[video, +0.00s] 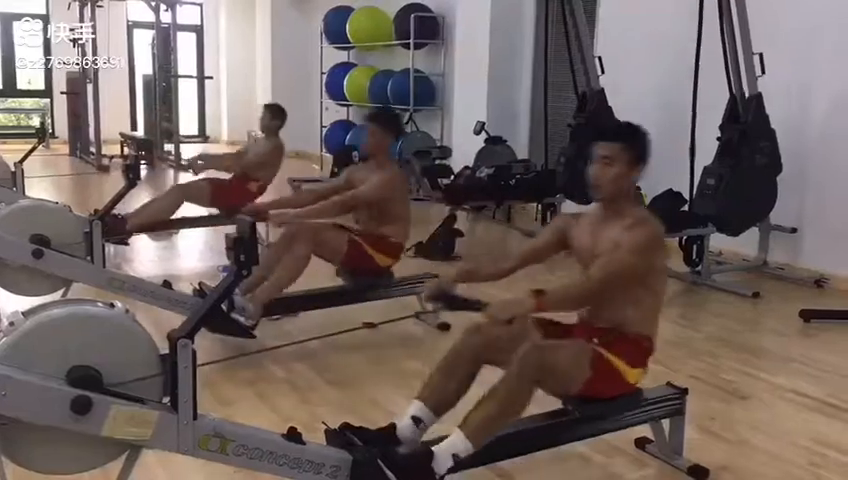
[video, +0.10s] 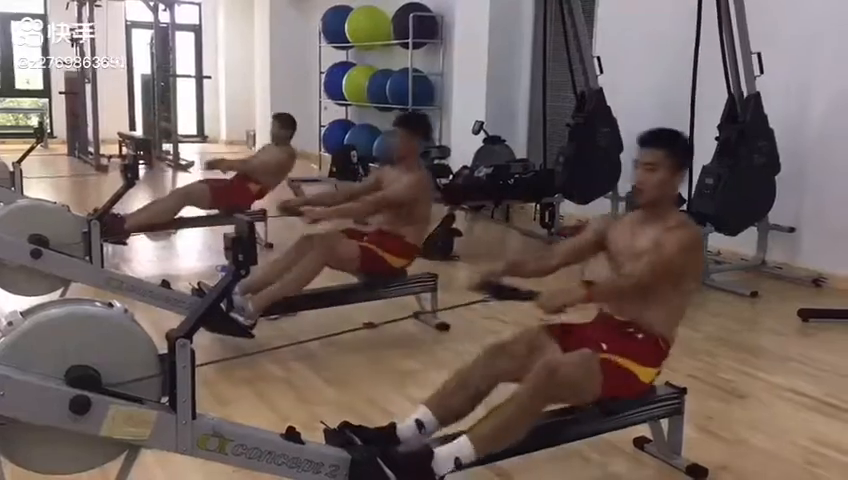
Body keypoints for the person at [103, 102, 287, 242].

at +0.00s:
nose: (261, 120)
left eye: (265, 117)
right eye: (263, 116)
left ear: (275, 123)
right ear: (270, 121)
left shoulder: (271, 146)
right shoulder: (261, 141)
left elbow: (237, 164)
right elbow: (233, 157)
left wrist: (204, 163)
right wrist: (205, 158)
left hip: (239, 195)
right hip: (234, 188)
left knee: (181, 190)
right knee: (179, 189)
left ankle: (127, 225)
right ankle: (127, 221)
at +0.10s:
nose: (272, 130)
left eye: (275, 128)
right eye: (273, 127)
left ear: (284, 131)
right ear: (284, 131)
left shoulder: (281, 155)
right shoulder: (272, 149)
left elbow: (250, 167)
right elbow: (249, 164)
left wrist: (221, 165)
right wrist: (222, 164)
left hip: (240, 194)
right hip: (236, 187)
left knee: (182, 195)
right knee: (180, 193)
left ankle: (126, 227)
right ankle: (127, 221)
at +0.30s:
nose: (274, 135)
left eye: (277, 131)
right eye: (275, 131)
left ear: (284, 135)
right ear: (287, 135)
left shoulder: (287, 161)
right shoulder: (281, 155)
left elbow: (295, 192)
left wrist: (267, 161)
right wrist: (254, 158)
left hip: (236, 192)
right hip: (231, 185)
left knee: (178, 192)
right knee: (177, 189)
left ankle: (122, 225)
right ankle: (122, 220)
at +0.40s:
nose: (269, 136)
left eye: (272, 132)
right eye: (270, 131)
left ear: (280, 135)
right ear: (283, 135)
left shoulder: (285, 160)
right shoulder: (279, 153)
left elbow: (291, 193)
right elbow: (266, 162)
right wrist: (255, 156)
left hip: (233, 192)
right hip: (229, 185)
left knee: (176, 191)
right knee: (176, 188)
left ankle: (120, 225)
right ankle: (119, 220)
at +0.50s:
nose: (265, 133)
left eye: (268, 129)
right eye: (265, 129)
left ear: (280, 132)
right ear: (271, 131)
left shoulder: (285, 158)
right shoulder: (269, 151)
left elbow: (285, 190)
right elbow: (257, 171)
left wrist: (259, 167)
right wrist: (241, 160)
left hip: (232, 193)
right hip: (226, 184)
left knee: (175, 191)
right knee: (173, 187)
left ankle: (119, 225)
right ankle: (117, 218)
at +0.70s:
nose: (255, 126)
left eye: (258, 123)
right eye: (255, 122)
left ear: (271, 125)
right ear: (261, 124)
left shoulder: (275, 151)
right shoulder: (260, 145)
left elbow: (268, 184)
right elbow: (245, 171)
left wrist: (232, 166)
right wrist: (223, 165)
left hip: (235, 191)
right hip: (227, 184)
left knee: (175, 191)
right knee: (172, 188)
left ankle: (117, 225)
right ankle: (117, 217)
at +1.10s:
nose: (231, 114)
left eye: (234, 110)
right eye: (230, 110)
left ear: (247, 110)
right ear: (236, 111)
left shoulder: (257, 135)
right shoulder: (240, 134)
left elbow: (251, 172)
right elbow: (226, 162)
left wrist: (214, 179)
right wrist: (197, 167)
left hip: (240, 188)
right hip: (228, 183)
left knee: (182, 196)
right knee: (179, 194)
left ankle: (120, 222)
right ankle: (119, 218)